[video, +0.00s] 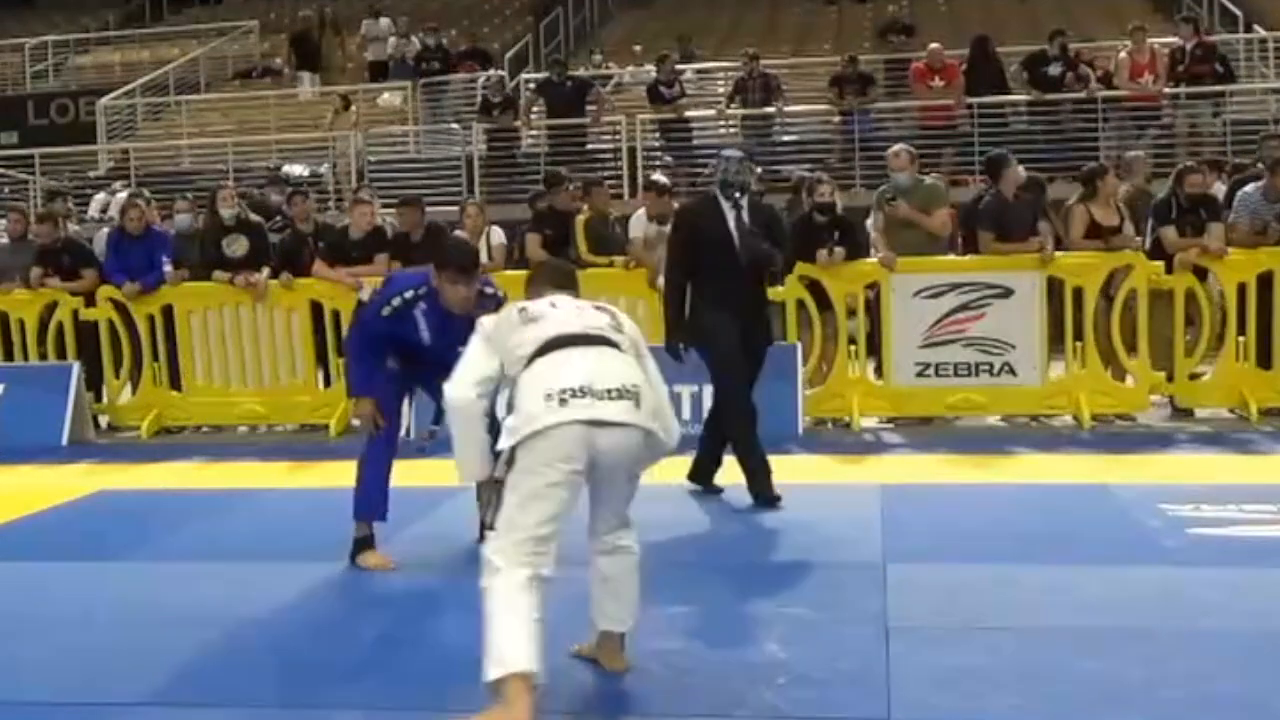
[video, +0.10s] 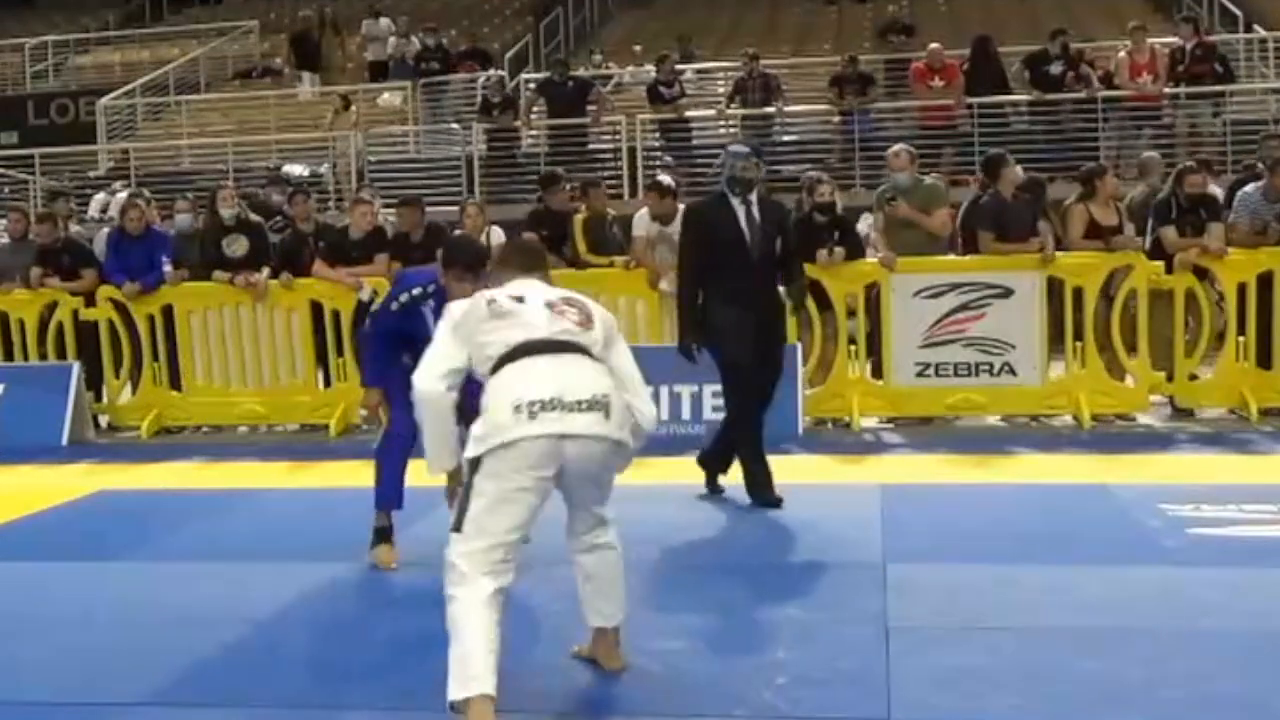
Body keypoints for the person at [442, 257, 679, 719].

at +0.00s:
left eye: (529, 290)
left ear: (528, 293)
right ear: (577, 294)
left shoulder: (502, 321)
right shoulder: (616, 317)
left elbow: (462, 392)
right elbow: (664, 416)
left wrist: (480, 476)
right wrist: (635, 458)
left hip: (551, 423)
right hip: (627, 422)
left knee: (516, 556)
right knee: (614, 530)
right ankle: (612, 645)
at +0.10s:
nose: (480, 284)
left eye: (486, 275)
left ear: (493, 276)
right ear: (547, 275)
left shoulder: (468, 310)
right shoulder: (592, 310)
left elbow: (430, 383)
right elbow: (643, 411)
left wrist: (448, 466)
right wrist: (611, 459)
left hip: (518, 426)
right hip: (600, 424)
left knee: (479, 564)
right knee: (592, 524)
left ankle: (478, 704)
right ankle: (607, 642)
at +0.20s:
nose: (451, 282)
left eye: (454, 275)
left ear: (463, 274)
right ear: (522, 269)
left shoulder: (440, 314)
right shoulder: (569, 308)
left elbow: (403, 408)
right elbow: (622, 401)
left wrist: (432, 476)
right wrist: (609, 451)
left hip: (486, 446)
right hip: (568, 441)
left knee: (449, 582)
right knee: (567, 521)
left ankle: (466, 708)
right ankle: (577, 634)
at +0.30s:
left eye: (442, 276)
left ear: (448, 275)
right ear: (508, 271)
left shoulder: (422, 319)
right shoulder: (552, 307)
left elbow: (393, 418)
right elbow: (606, 381)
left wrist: (423, 472)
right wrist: (591, 445)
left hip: (466, 441)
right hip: (547, 438)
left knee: (447, 581)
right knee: (540, 530)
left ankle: (467, 705)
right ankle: (531, 630)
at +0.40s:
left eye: (436, 271)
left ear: (441, 271)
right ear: (499, 262)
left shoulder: (417, 311)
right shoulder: (544, 301)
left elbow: (391, 409)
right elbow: (594, 371)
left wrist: (422, 465)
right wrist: (582, 443)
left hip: (463, 425)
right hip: (541, 424)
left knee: (435, 558)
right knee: (521, 518)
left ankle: (461, 680)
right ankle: (525, 636)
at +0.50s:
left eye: (432, 289)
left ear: (434, 289)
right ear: (482, 283)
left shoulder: (411, 337)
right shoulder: (529, 321)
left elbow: (399, 444)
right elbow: (587, 412)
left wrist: (444, 473)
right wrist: (561, 457)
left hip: (470, 453)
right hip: (544, 450)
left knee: (383, 565)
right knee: (516, 519)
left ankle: (462, 663)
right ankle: (504, 631)